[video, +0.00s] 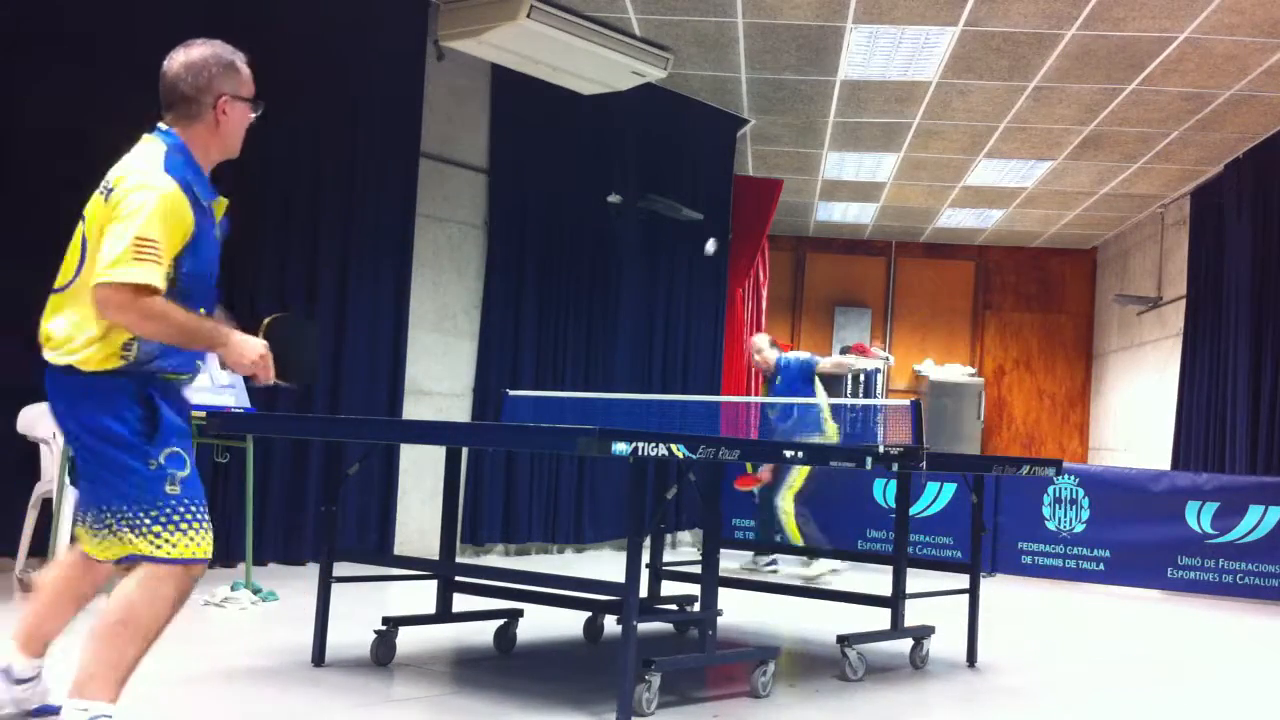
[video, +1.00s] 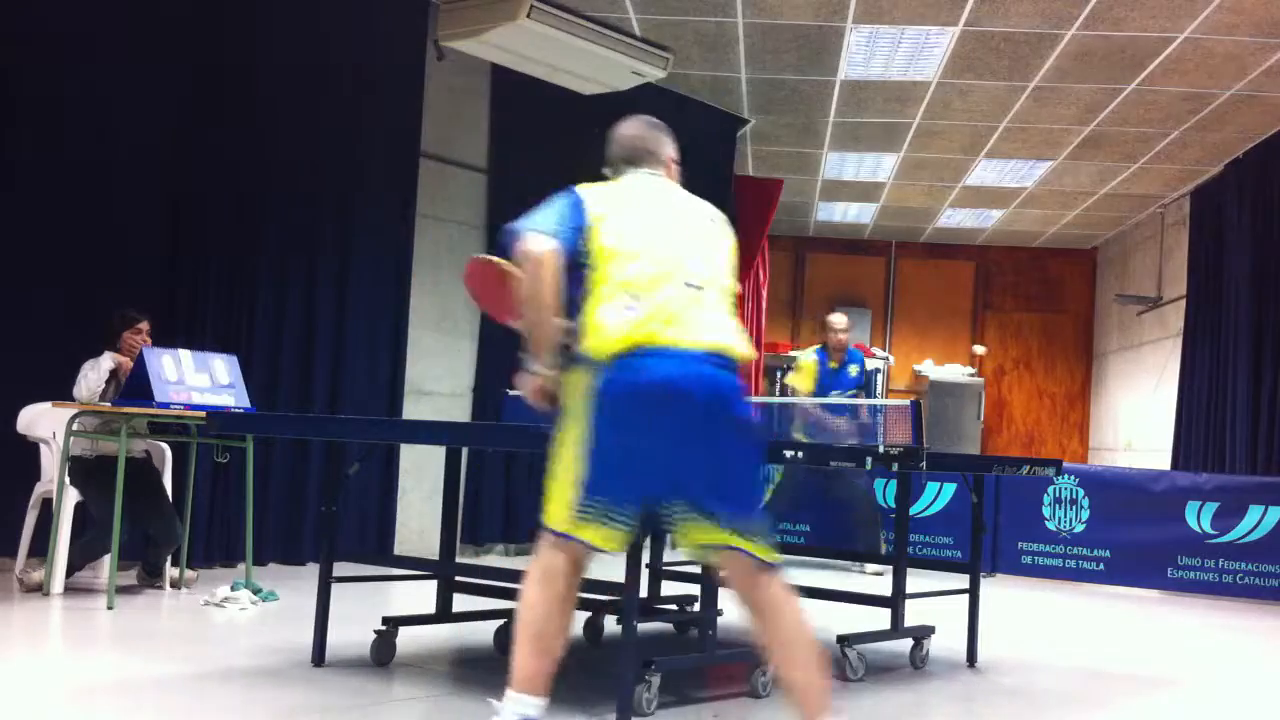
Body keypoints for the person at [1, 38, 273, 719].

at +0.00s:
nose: (252, 117)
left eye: (252, 104)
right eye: (248, 103)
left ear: (192, 106)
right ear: (221, 109)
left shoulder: (164, 169)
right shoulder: (159, 182)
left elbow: (160, 294)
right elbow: (119, 299)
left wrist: (224, 339)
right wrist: (227, 339)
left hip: (108, 377)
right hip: (113, 381)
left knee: (108, 539)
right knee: (179, 551)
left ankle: (15, 671)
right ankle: (87, 708)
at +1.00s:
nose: (684, 172)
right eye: (680, 165)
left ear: (612, 165)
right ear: (671, 165)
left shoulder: (585, 199)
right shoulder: (715, 220)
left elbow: (536, 248)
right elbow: (708, 312)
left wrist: (542, 363)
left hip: (622, 383)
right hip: (716, 388)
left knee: (559, 555)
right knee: (755, 572)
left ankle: (521, 707)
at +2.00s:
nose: (487, 180)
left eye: (481, 165)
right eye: (480, 170)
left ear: (503, 137)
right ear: (513, 130)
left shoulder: (567, 157)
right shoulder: (594, 150)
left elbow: (496, 249)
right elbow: (625, 265)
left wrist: (459, 168)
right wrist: (556, 311)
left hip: (623, 375)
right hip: (595, 371)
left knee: (627, 560)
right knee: (554, 536)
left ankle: (675, 712)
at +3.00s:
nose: (167, 83)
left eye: (172, 76)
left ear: (186, 89)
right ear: (250, 84)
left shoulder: (193, 142)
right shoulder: (328, 154)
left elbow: (91, 168)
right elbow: (362, 254)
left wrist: (152, 99)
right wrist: (350, 348)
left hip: (219, 357)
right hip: (296, 359)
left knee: (197, 529)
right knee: (228, 519)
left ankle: (225, 698)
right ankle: (213, 664)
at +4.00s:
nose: (189, 106)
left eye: (185, 95)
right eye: (180, 93)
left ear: (139, 102)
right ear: (151, 99)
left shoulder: (125, 162)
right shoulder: (107, 150)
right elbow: (43, 236)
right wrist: (3, 328)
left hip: (62, 347)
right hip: (92, 348)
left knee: (26, 510)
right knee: (128, 510)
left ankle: (7, 671)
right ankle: (115, 681)